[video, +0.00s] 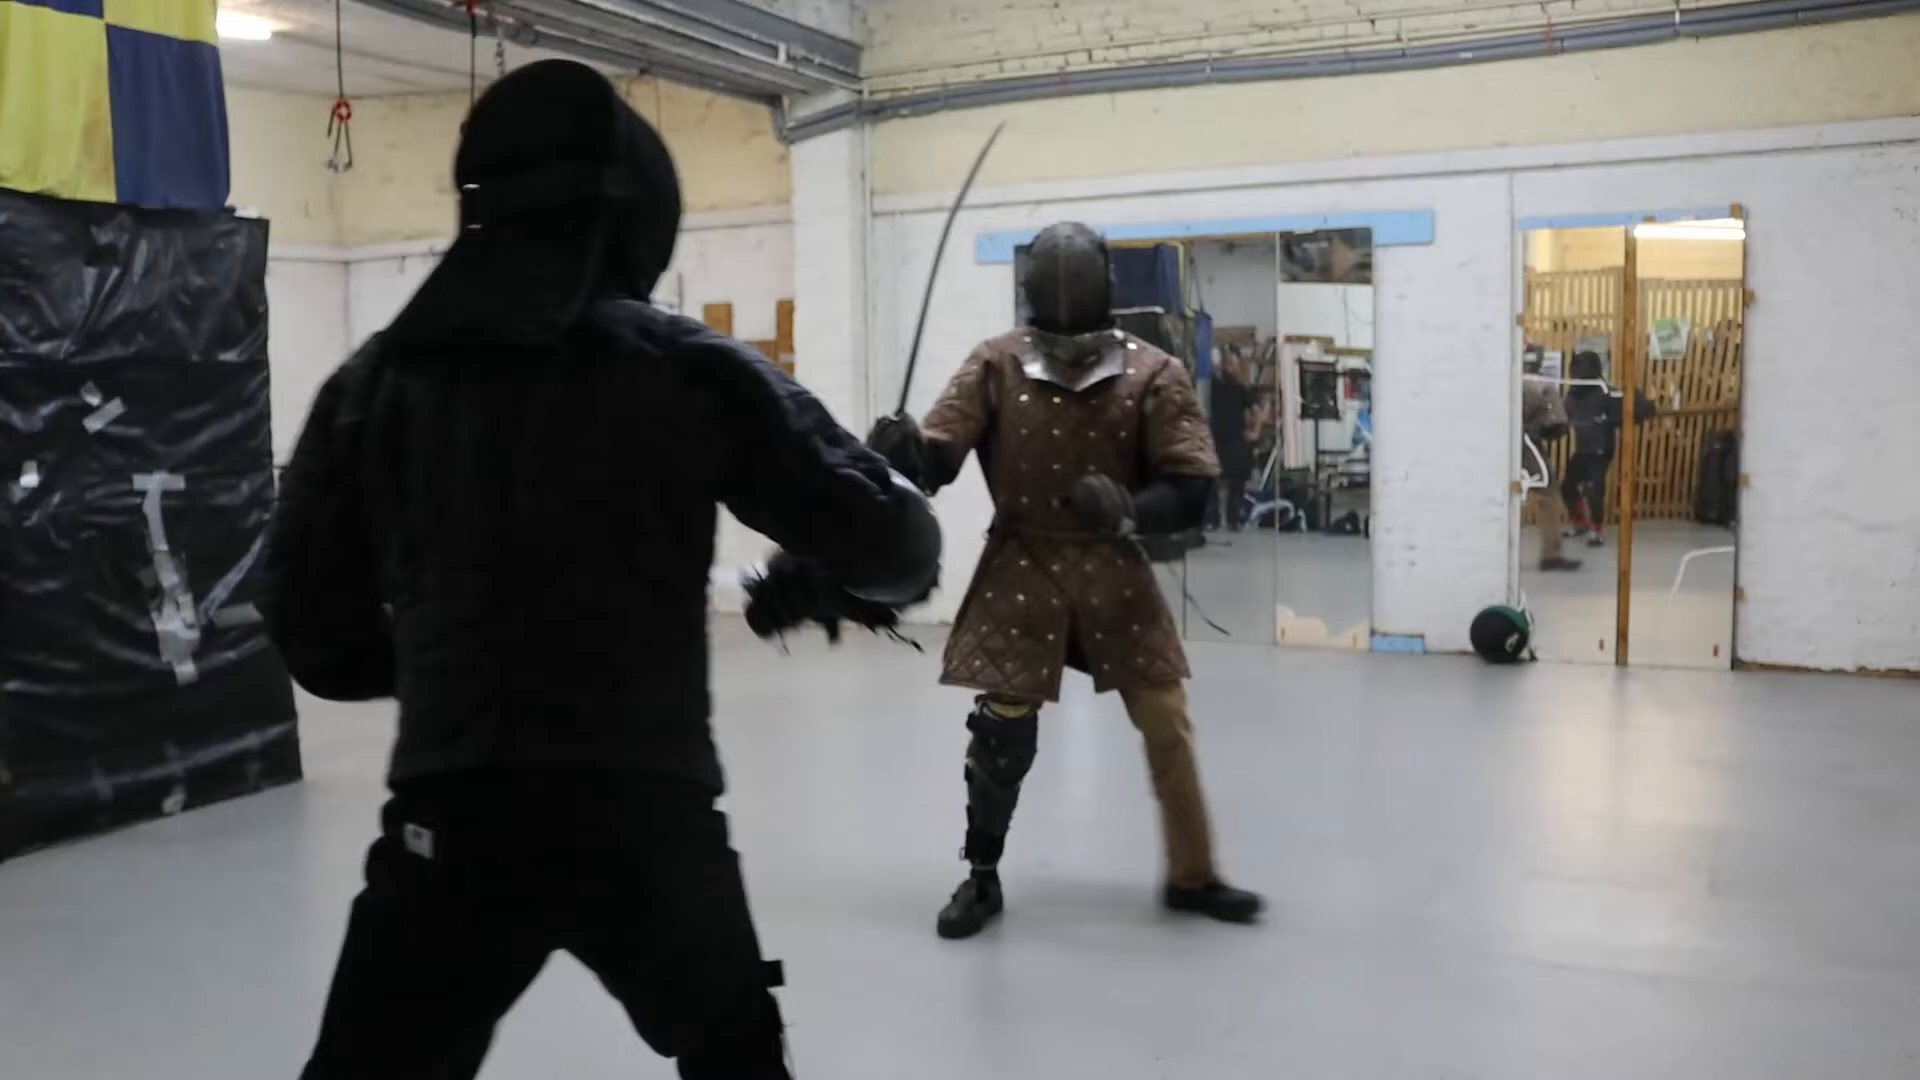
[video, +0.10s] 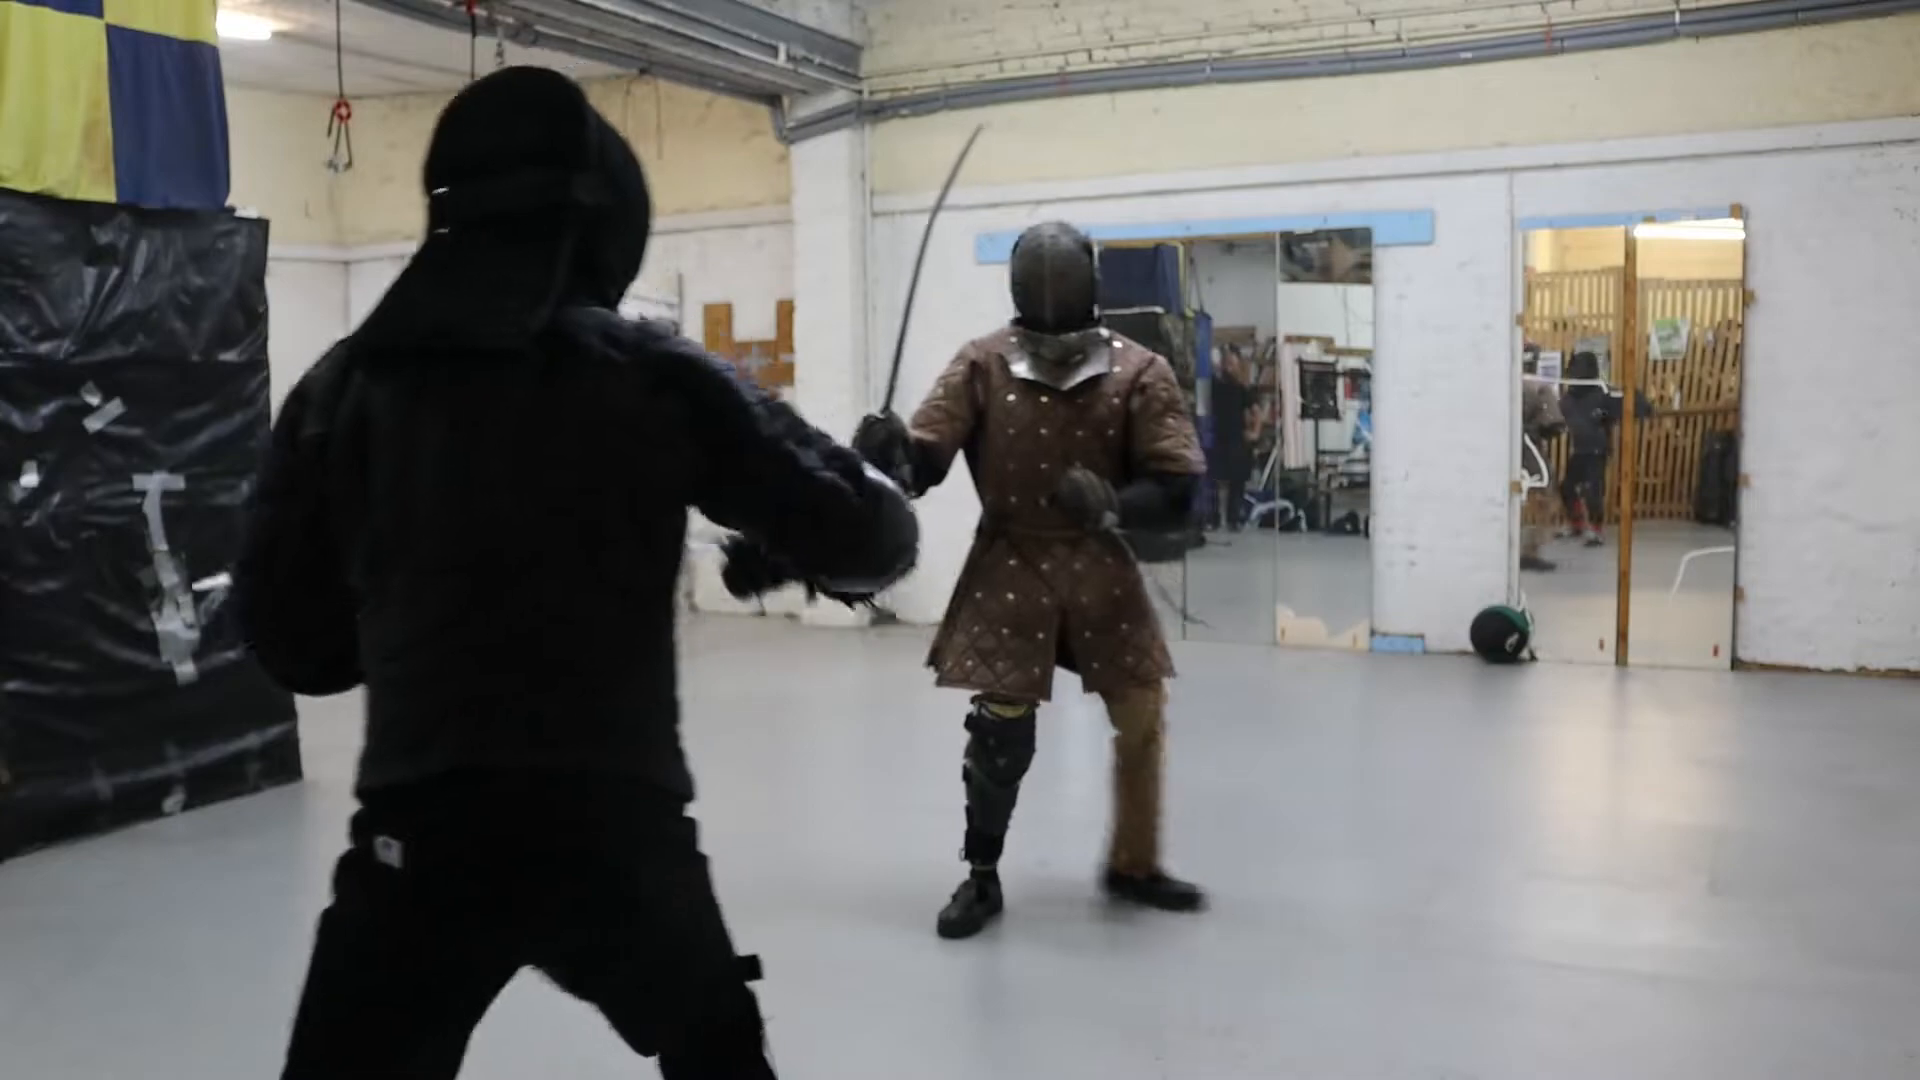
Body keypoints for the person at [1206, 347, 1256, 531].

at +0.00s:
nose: (1228, 365)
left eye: (1232, 361)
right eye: (1225, 361)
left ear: (1239, 363)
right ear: (1220, 362)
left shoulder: (1243, 389)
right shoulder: (1213, 386)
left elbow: (1255, 411)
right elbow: (1203, 409)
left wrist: (1255, 432)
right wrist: (1205, 431)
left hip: (1237, 437)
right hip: (1214, 436)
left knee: (1237, 479)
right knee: (1212, 478)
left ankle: (1233, 519)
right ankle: (1212, 518)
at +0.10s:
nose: (1228, 365)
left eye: (1232, 361)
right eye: (1225, 361)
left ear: (1239, 363)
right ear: (1220, 362)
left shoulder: (1242, 389)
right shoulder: (1212, 386)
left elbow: (1255, 411)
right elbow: (1203, 410)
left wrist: (1255, 432)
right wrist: (1204, 433)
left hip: (1237, 437)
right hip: (1215, 437)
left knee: (1236, 481)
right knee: (1213, 479)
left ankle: (1233, 519)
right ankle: (1213, 518)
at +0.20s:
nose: (1228, 366)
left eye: (1232, 362)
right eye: (1225, 361)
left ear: (1239, 364)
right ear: (1220, 363)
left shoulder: (1243, 389)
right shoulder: (1213, 386)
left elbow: (1255, 411)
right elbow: (1204, 408)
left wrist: (1255, 432)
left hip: (1237, 437)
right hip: (1215, 436)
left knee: (1236, 480)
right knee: (1213, 479)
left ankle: (1233, 519)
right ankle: (1212, 517)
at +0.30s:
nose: (1228, 365)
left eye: (1232, 360)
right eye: (1225, 360)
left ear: (1239, 363)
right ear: (1220, 362)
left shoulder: (1243, 389)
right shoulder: (1213, 386)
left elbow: (1255, 412)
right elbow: (1204, 409)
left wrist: (1254, 432)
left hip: (1237, 437)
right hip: (1215, 436)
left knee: (1236, 481)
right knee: (1212, 480)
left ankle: (1233, 519)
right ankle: (1212, 518)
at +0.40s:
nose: (1228, 365)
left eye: (1232, 361)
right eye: (1225, 360)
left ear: (1239, 363)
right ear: (1220, 362)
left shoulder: (1243, 389)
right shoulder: (1213, 386)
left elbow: (1255, 411)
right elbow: (1204, 409)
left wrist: (1254, 432)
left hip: (1238, 438)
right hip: (1215, 437)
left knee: (1236, 481)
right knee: (1212, 480)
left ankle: (1233, 519)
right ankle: (1212, 518)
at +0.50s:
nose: (1228, 365)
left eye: (1231, 360)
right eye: (1225, 360)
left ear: (1238, 363)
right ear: (1220, 362)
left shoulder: (1243, 389)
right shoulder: (1212, 386)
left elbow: (1255, 411)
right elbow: (1204, 409)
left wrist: (1254, 432)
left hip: (1238, 437)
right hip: (1215, 437)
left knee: (1236, 481)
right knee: (1212, 480)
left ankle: (1233, 519)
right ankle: (1212, 518)